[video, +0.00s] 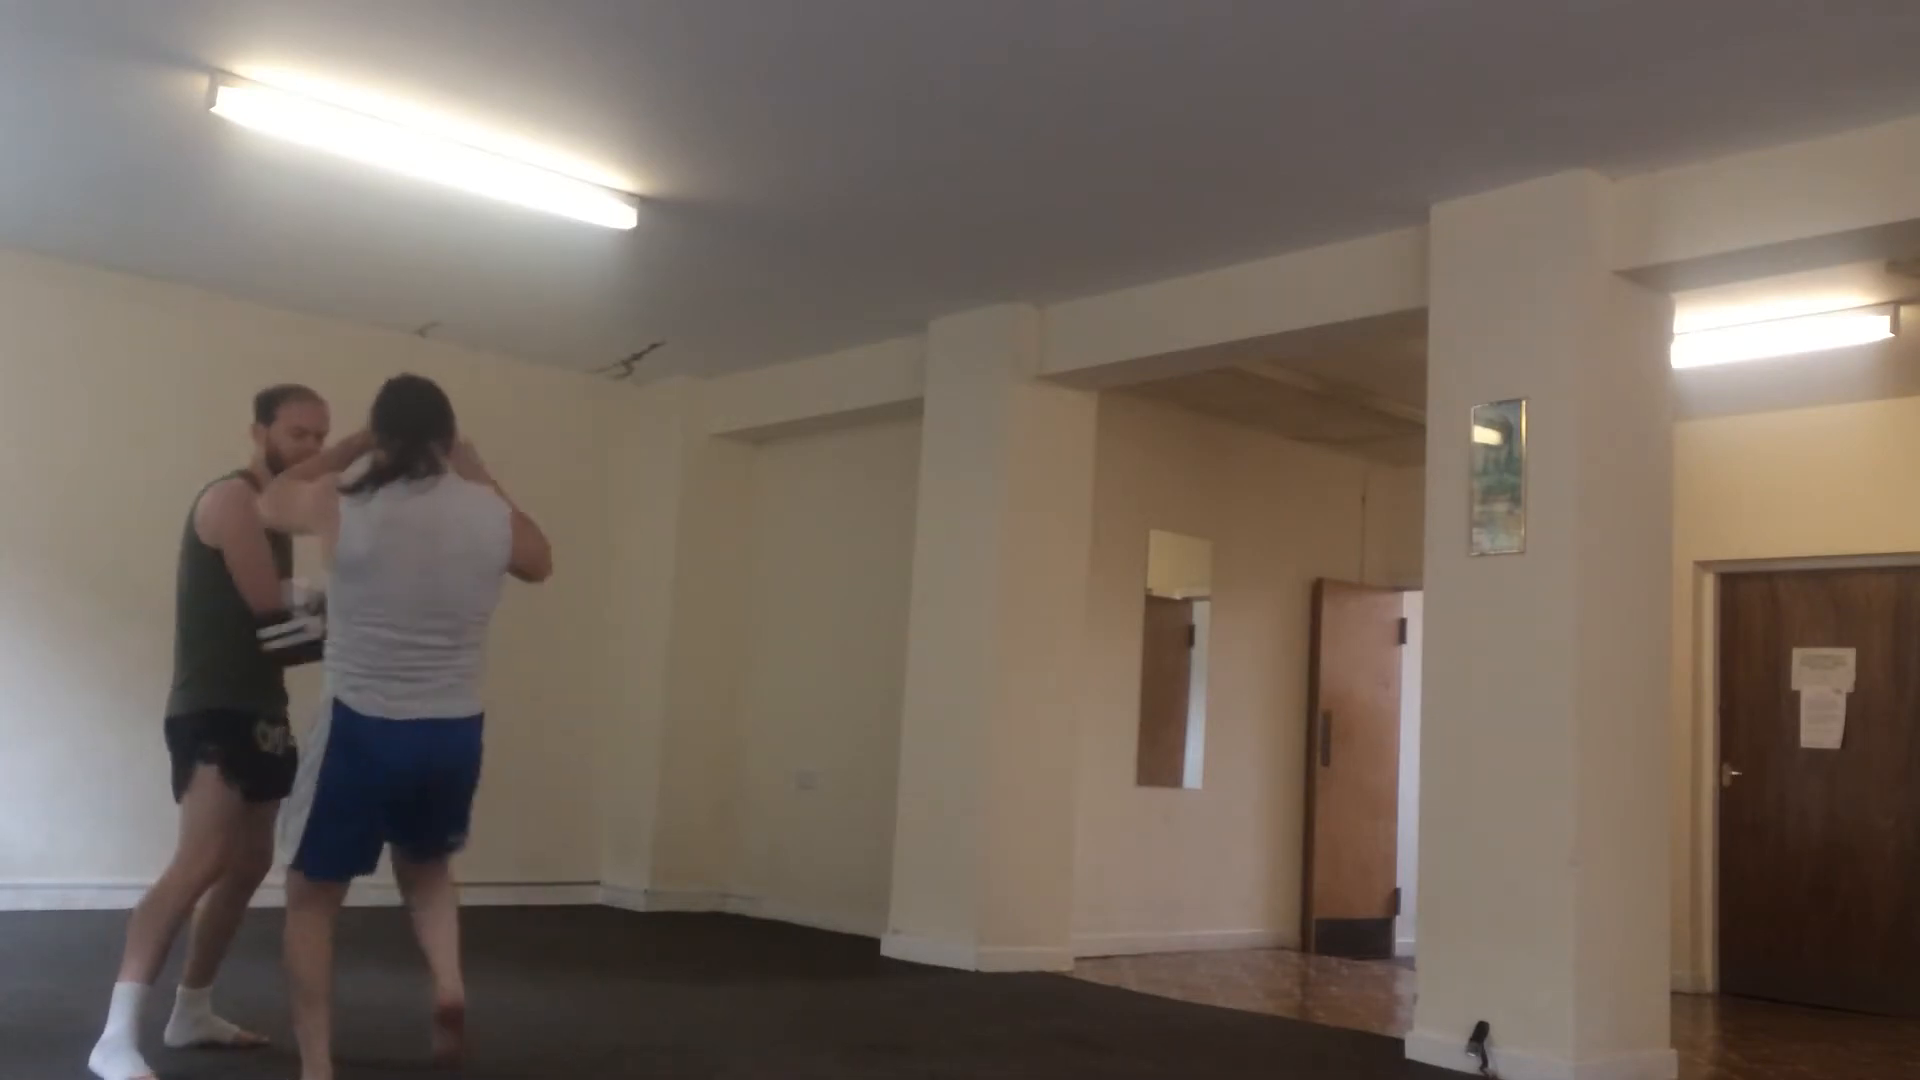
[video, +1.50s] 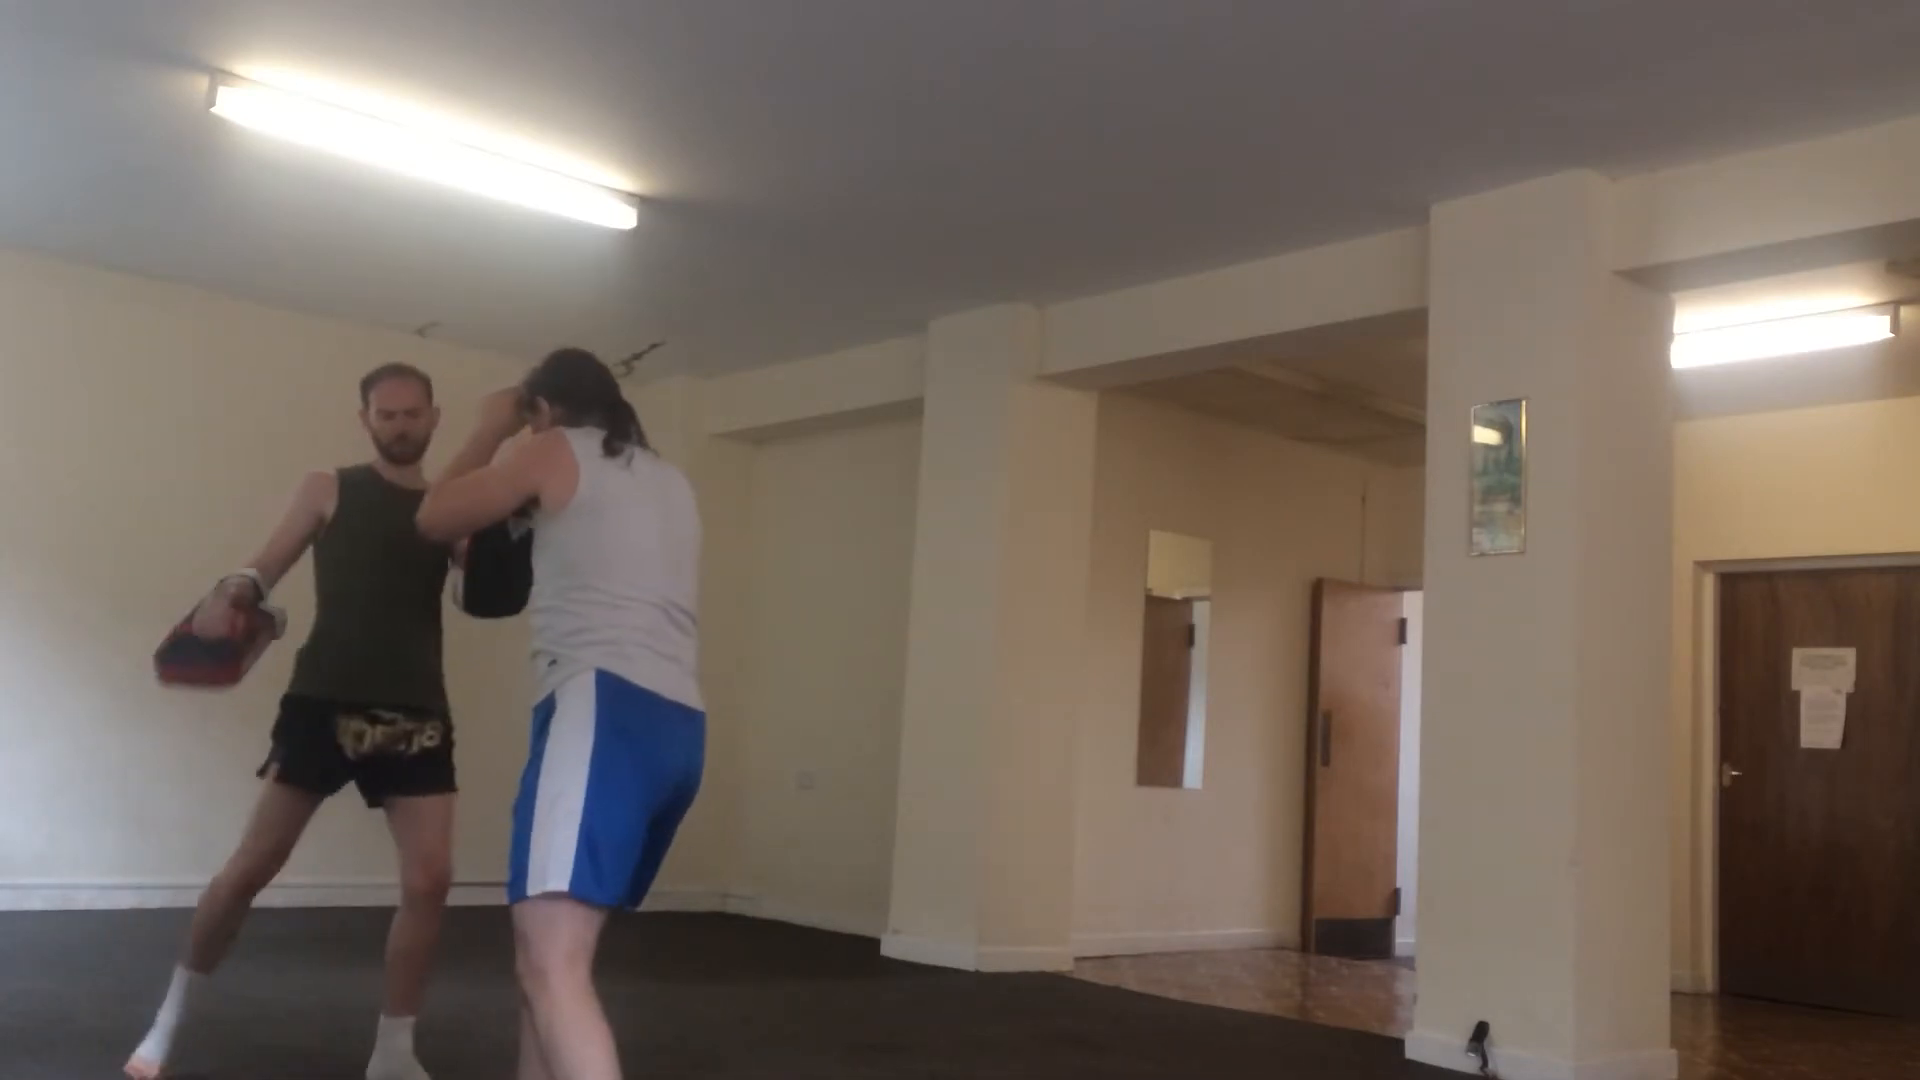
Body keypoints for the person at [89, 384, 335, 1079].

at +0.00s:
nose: (314, 449)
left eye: (321, 437)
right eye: (300, 435)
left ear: (325, 444)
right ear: (262, 435)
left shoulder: (277, 508)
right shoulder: (229, 499)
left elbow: (277, 611)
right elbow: (270, 600)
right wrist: (336, 593)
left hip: (262, 711)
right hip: (216, 711)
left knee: (246, 865)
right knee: (197, 863)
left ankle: (192, 1012)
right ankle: (116, 1037)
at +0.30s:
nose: (324, 460)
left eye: (335, 451)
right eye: (314, 445)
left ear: (341, 453)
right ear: (280, 436)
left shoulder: (324, 520)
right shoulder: (233, 498)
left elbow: (325, 612)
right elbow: (211, 595)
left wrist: (366, 629)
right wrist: (299, 607)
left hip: (273, 708)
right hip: (206, 703)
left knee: (232, 867)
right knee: (190, 863)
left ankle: (193, 1008)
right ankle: (162, 1030)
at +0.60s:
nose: (320, 452)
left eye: (331, 442)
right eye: (309, 437)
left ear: (340, 441)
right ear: (272, 427)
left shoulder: (339, 512)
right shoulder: (222, 493)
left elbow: (339, 601)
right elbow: (198, 593)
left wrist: (379, 588)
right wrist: (295, 584)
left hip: (295, 712)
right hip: (208, 707)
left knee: (321, 880)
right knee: (182, 874)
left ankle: (258, 990)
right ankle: (169, 1040)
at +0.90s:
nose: (357, 459)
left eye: (369, 450)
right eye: (348, 444)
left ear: (380, 451)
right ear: (315, 431)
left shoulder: (377, 514)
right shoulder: (259, 499)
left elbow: (445, 581)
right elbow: (217, 594)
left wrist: (463, 526)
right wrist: (284, 584)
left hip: (351, 728)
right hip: (257, 724)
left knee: (388, 884)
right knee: (171, 884)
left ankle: (392, 1056)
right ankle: (172, 1043)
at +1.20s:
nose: (392, 453)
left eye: (404, 441)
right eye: (378, 440)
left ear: (423, 443)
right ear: (354, 442)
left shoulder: (418, 520)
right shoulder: (320, 502)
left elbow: (468, 592)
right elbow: (250, 587)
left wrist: (495, 504)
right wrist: (196, 669)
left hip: (418, 726)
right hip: (348, 726)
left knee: (474, 873)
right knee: (281, 884)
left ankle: (401, 1045)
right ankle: (144, 1018)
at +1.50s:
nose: (401, 426)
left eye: (413, 414)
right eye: (388, 414)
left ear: (434, 419)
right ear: (366, 420)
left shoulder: (446, 505)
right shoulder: (330, 490)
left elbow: (493, 570)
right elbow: (264, 568)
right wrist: (229, 595)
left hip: (415, 711)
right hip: (326, 705)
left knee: (430, 883)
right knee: (249, 870)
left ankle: (394, 1054)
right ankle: (167, 1024)